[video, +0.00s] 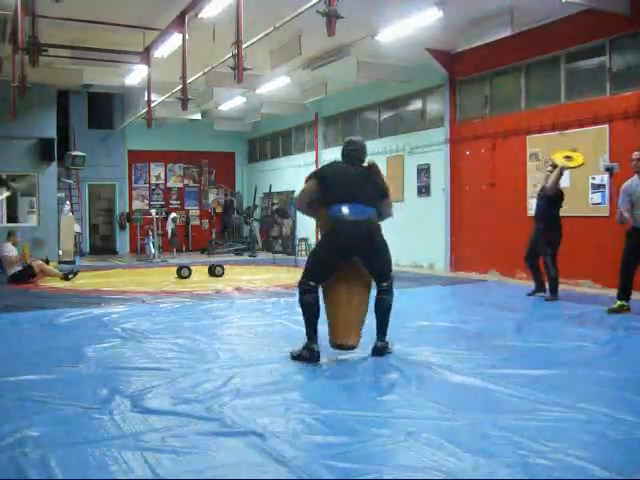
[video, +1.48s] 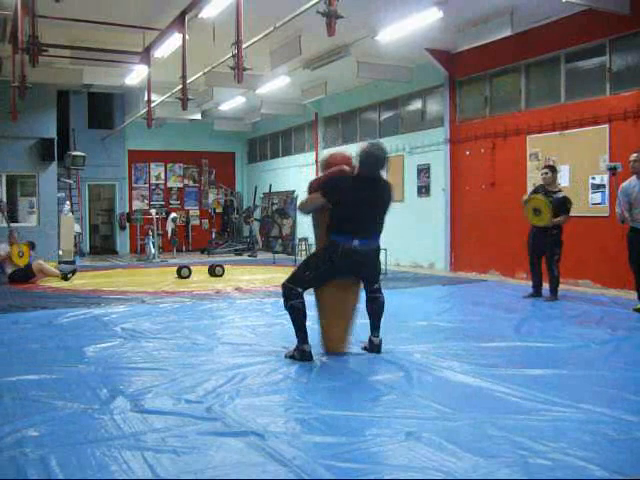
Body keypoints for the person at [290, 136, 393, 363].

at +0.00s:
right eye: (361, 156)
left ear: (342, 155)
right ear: (364, 157)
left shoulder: (328, 170)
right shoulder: (373, 175)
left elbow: (300, 202)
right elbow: (386, 211)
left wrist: (323, 215)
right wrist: (366, 218)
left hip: (336, 235)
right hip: (369, 235)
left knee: (308, 284)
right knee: (384, 282)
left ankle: (311, 346)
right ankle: (381, 342)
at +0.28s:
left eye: (323, 182)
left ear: (323, 184)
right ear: (344, 183)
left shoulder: (319, 200)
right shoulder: (359, 201)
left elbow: (290, 229)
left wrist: (288, 237)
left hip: (346, 258)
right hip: (379, 256)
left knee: (301, 290)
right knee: (374, 289)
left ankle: (310, 350)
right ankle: (377, 340)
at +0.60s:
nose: (312, 190)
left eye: (312, 188)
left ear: (316, 188)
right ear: (336, 186)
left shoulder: (314, 198)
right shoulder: (350, 198)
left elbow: (289, 236)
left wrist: (292, 247)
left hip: (353, 243)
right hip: (383, 241)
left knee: (308, 282)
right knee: (370, 283)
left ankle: (304, 344)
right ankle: (375, 338)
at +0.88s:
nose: (310, 183)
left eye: (310, 181)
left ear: (313, 181)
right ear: (333, 179)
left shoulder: (310, 193)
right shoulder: (347, 191)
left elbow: (290, 225)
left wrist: (289, 241)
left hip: (347, 234)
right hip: (378, 231)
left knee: (312, 282)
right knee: (372, 282)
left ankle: (303, 343)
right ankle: (375, 336)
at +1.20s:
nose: (316, 158)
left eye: (317, 155)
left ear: (320, 157)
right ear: (341, 156)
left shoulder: (316, 175)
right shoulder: (355, 174)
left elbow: (289, 209)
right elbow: (368, 198)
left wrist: (303, 220)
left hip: (344, 231)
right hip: (374, 228)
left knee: (304, 283)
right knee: (376, 282)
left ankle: (302, 345)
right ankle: (377, 337)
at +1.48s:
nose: (358, 161)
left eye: (359, 158)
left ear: (359, 161)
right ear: (382, 165)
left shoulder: (339, 183)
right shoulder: (385, 189)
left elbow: (305, 206)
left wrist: (327, 197)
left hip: (337, 254)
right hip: (368, 257)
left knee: (292, 287)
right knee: (373, 288)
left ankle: (302, 346)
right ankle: (375, 340)